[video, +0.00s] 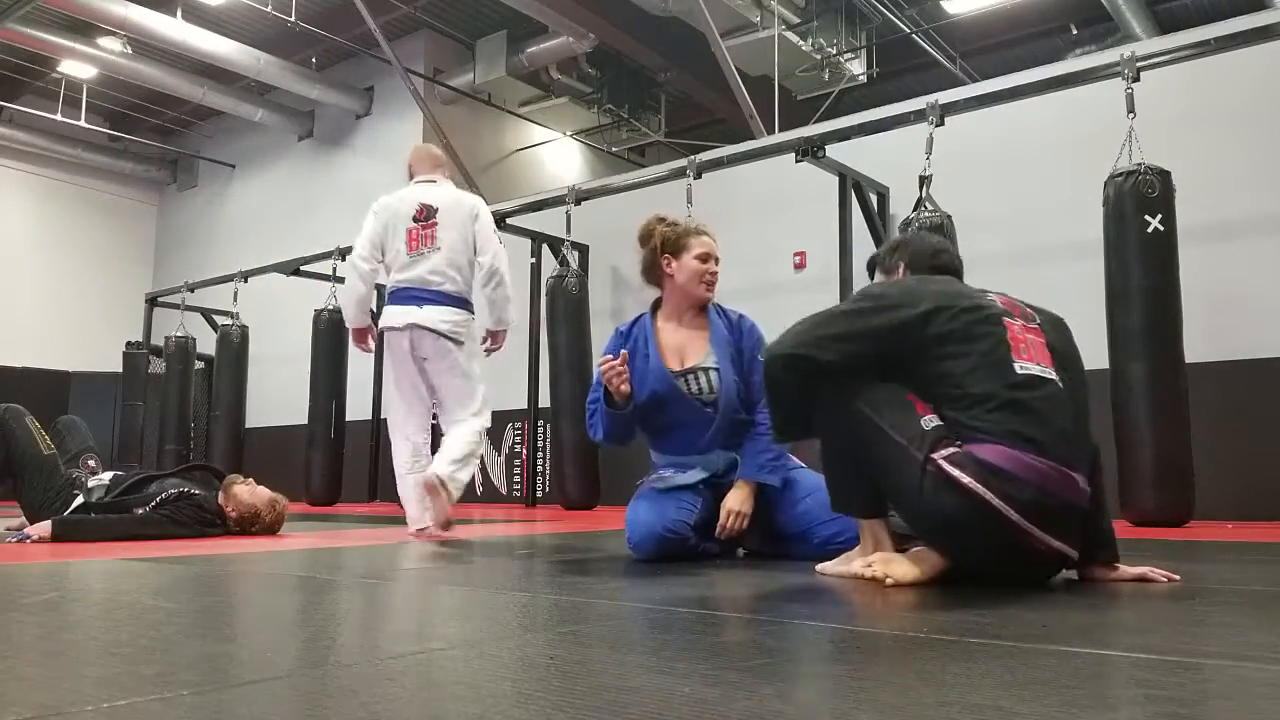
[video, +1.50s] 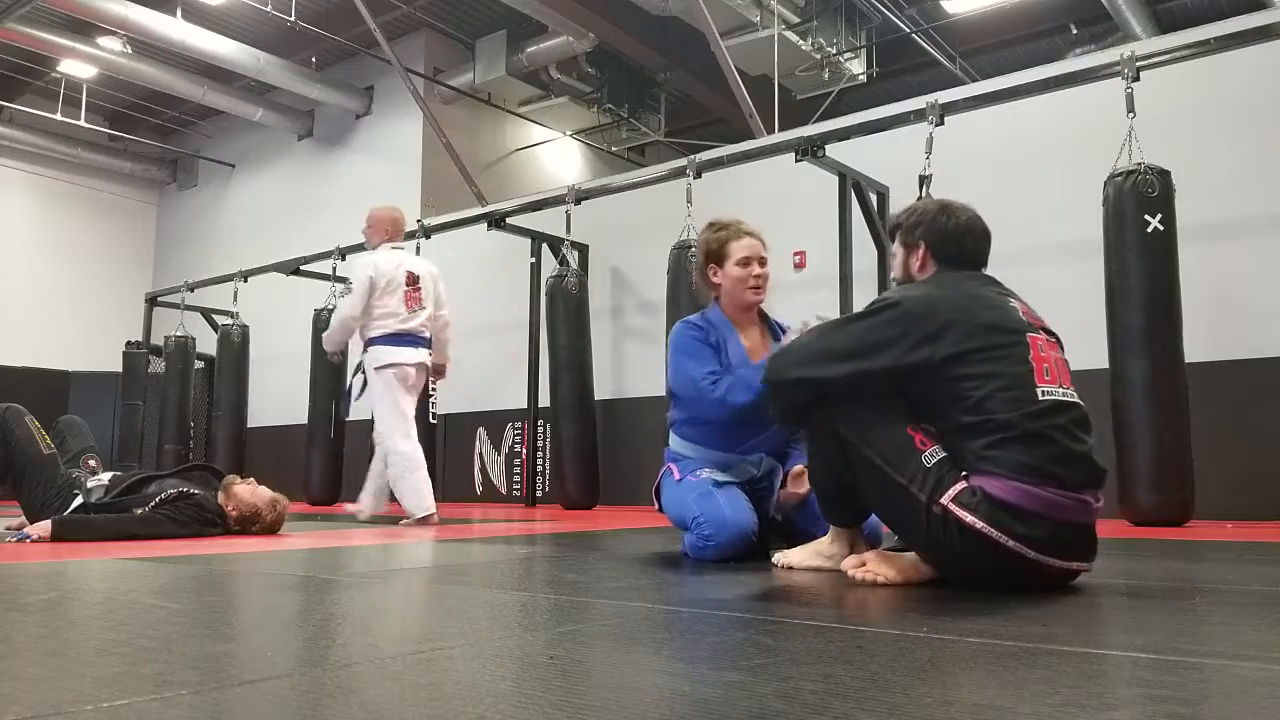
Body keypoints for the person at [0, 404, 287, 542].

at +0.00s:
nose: (247, 476)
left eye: (249, 488)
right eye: (255, 483)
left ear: (233, 510)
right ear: (235, 505)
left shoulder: (197, 513)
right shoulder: (216, 491)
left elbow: (128, 524)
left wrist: (56, 527)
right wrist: (112, 481)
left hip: (68, 501)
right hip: (101, 485)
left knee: (12, 414)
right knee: (68, 421)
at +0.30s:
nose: (246, 476)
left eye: (249, 488)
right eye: (254, 483)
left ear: (233, 510)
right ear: (235, 505)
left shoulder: (196, 513)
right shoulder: (215, 490)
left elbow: (128, 524)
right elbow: (155, 485)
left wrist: (55, 526)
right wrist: (112, 480)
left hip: (67, 500)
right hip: (101, 484)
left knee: (11, 414)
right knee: (68, 421)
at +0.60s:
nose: (246, 476)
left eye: (249, 488)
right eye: (254, 483)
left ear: (233, 510)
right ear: (236, 505)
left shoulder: (197, 512)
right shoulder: (215, 489)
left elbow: (129, 525)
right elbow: (152, 486)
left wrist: (56, 526)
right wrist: (112, 481)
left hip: (68, 500)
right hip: (100, 485)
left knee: (11, 414)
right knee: (68, 421)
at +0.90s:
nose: (247, 476)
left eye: (249, 488)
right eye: (255, 483)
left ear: (234, 511)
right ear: (236, 504)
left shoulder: (197, 512)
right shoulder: (215, 489)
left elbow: (130, 524)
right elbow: (152, 486)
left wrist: (56, 526)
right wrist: (112, 481)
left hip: (67, 499)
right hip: (100, 485)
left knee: (12, 414)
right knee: (69, 421)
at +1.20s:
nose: (248, 477)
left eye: (251, 488)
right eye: (256, 483)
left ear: (234, 510)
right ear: (236, 504)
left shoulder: (199, 513)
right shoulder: (214, 486)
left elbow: (130, 525)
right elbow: (150, 485)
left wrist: (56, 526)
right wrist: (111, 481)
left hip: (69, 500)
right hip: (99, 486)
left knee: (11, 414)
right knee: (69, 422)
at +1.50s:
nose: (249, 477)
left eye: (251, 488)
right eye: (257, 483)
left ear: (235, 511)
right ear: (237, 505)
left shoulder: (200, 513)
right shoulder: (216, 489)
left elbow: (131, 525)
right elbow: (150, 485)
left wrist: (56, 526)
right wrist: (112, 480)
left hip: (70, 501)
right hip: (101, 485)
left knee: (12, 414)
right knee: (69, 422)